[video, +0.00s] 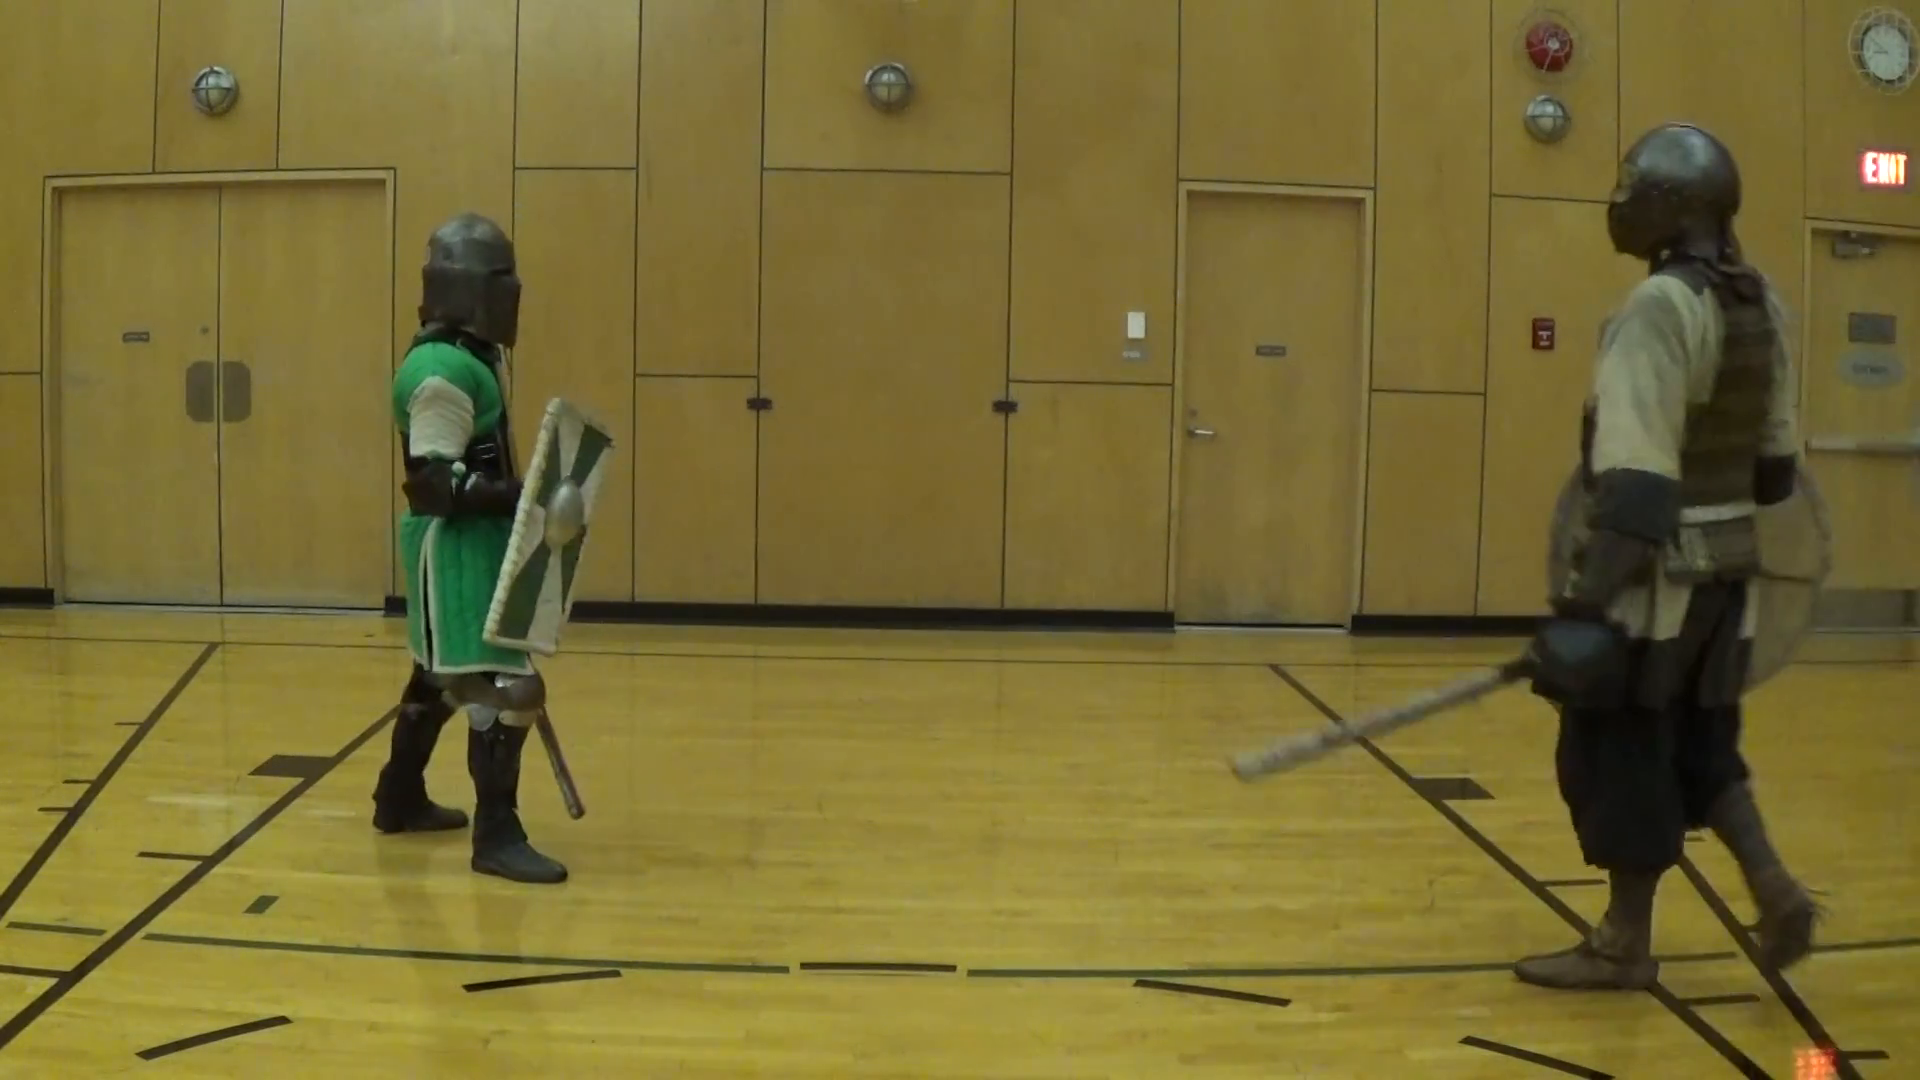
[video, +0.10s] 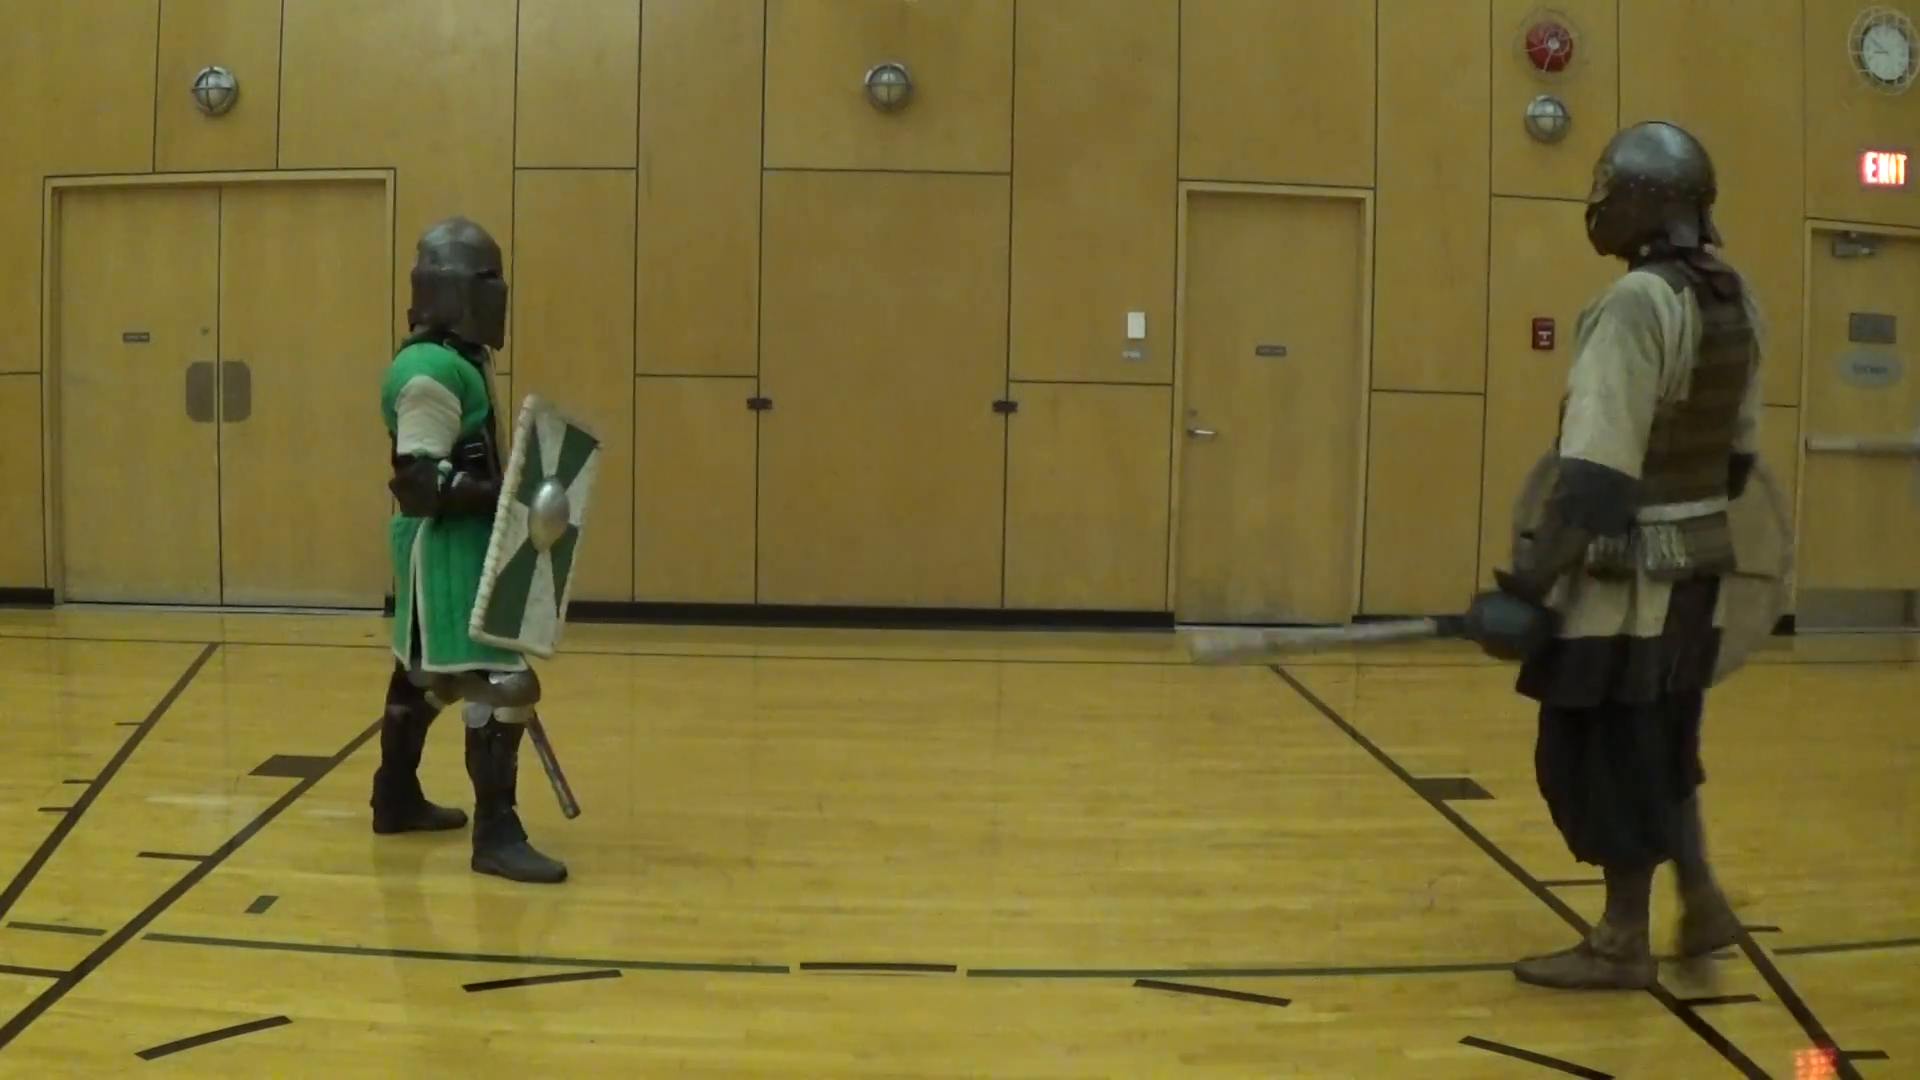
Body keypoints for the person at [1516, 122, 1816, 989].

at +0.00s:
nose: (1615, 205)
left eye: (1629, 190)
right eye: (1621, 188)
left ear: (1667, 203)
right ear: (1711, 206)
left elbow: (1640, 485)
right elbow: (1774, 472)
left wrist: (1584, 609)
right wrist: (1670, 483)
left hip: (1652, 588)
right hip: (1724, 580)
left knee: (1624, 751)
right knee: (1700, 738)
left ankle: (1624, 940)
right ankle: (1777, 893)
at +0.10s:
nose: (1592, 206)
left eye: (1604, 191)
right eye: (1597, 189)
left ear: (1647, 201)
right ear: (1687, 203)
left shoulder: (1635, 305)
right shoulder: (1728, 293)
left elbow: (1598, 468)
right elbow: (1733, 454)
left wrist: (1526, 583)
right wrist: (1701, 540)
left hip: (1626, 576)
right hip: (1693, 570)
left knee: (1608, 747)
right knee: (1657, 738)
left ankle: (1621, 940)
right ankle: (1705, 904)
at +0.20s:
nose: (1570, 207)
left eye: (1585, 191)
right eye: (1576, 189)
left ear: (1632, 203)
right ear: (1663, 205)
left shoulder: (1622, 301)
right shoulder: (1696, 289)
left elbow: (1575, 469)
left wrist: (1481, 567)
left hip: (1611, 563)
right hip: (1671, 559)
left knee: (1589, 739)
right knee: (1628, 729)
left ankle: (1623, 939)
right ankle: (1618, 901)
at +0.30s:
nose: (1546, 208)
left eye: (1562, 192)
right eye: (1551, 189)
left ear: (1612, 206)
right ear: (1630, 207)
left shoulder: (1610, 300)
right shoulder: (1661, 288)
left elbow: (1567, 469)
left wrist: (1464, 548)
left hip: (1598, 556)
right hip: (1636, 549)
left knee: (1601, 734)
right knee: (1565, 717)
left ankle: (1622, 938)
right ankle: (1535, 883)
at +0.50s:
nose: (1496, 211)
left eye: (1512, 196)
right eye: (1500, 194)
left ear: (1565, 211)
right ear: (1568, 212)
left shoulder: (1573, 299)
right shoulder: (1593, 291)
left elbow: (1573, 454)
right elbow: (1632, 450)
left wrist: (1466, 522)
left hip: (1558, 573)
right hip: (1539, 568)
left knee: (1580, 746)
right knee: (1485, 719)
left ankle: (1619, 937)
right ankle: (1431, 873)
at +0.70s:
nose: (1446, 211)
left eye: (1464, 197)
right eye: (1451, 197)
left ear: (1515, 211)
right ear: (1510, 215)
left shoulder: (1536, 298)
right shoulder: (1507, 298)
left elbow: (1569, 444)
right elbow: (1506, 437)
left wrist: (1472, 521)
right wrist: (1437, 502)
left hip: (1508, 570)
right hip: (1471, 565)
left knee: (1532, 739)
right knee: (1441, 721)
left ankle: (1609, 920)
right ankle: (1409, 881)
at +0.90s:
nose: (1408, 213)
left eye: (1424, 199)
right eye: (1412, 198)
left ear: (1473, 212)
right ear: (1467, 214)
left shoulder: (1498, 291)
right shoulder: (1465, 294)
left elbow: (1533, 428)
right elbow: (1450, 423)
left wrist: (1419, 475)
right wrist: (1380, 481)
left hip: (1455, 552)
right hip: (1433, 545)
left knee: (1425, 722)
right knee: (1428, 716)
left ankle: (1553, 877)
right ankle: (1407, 880)